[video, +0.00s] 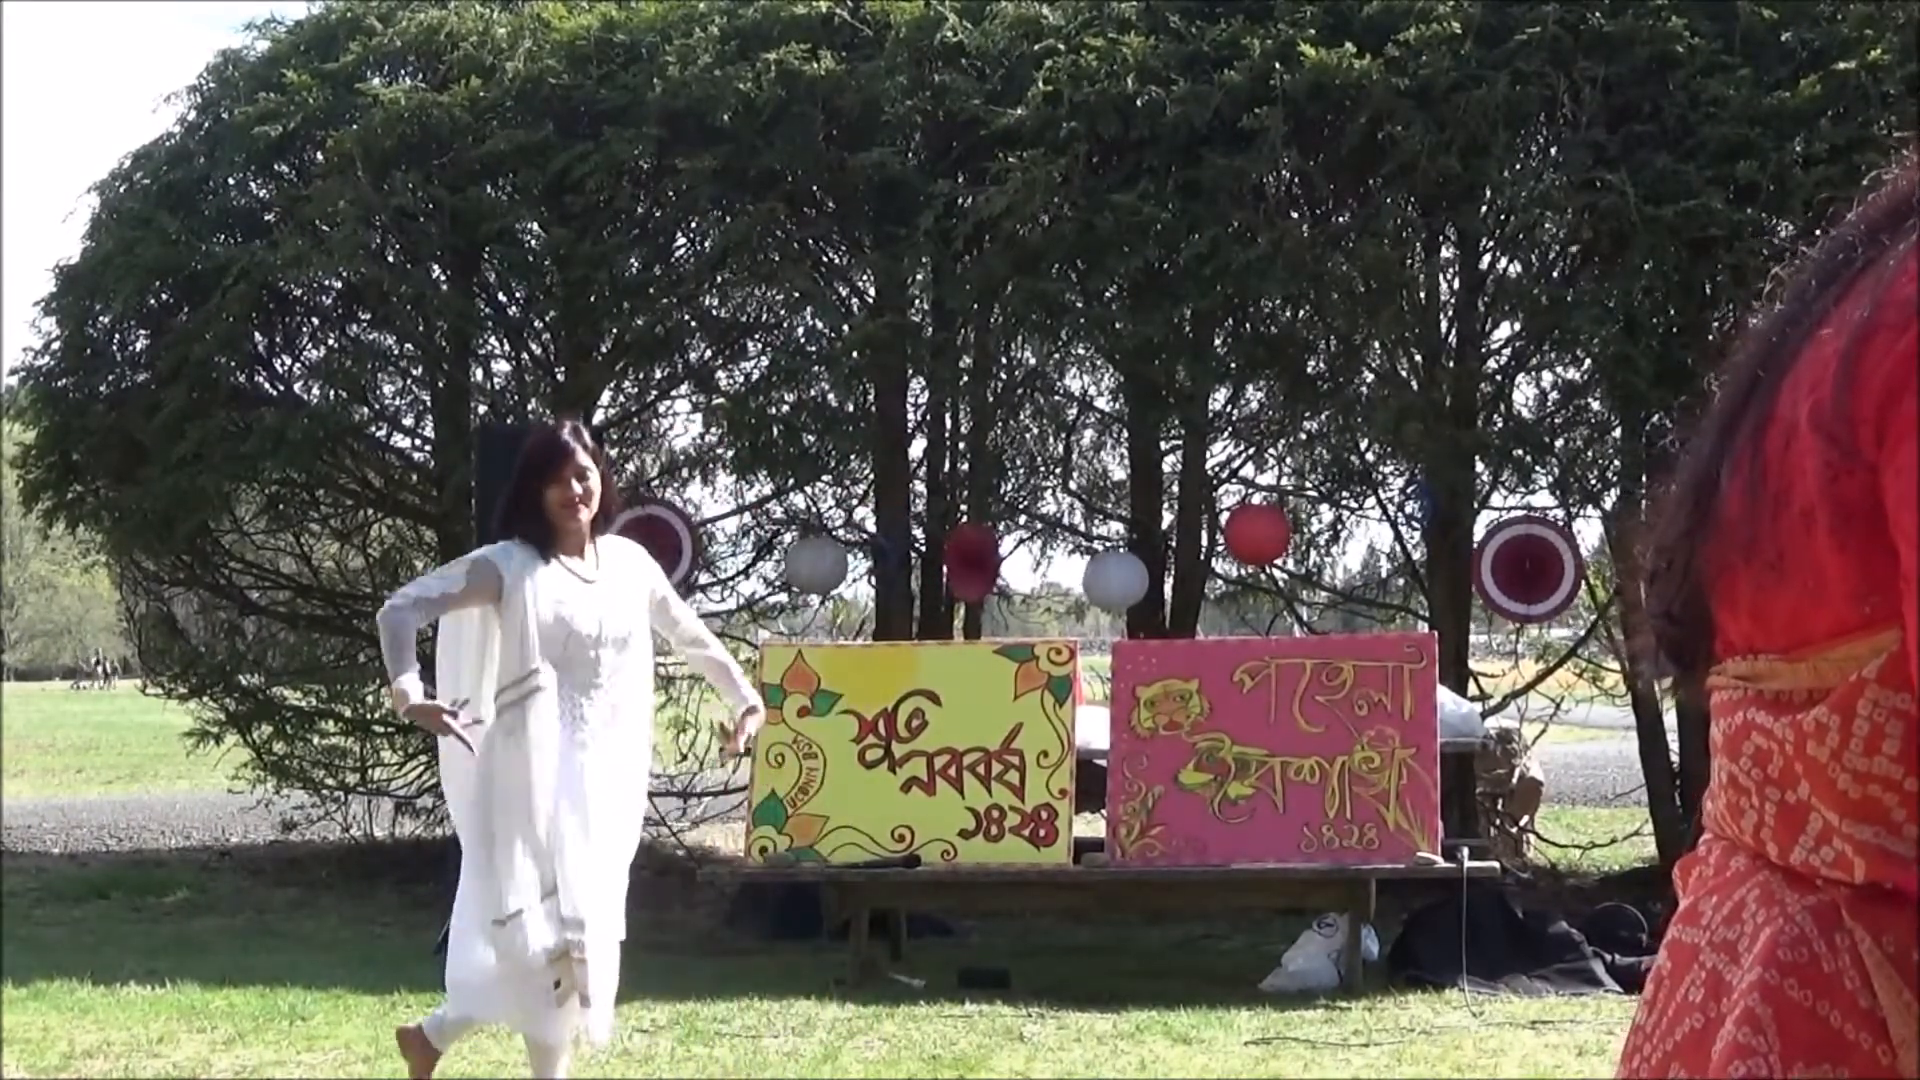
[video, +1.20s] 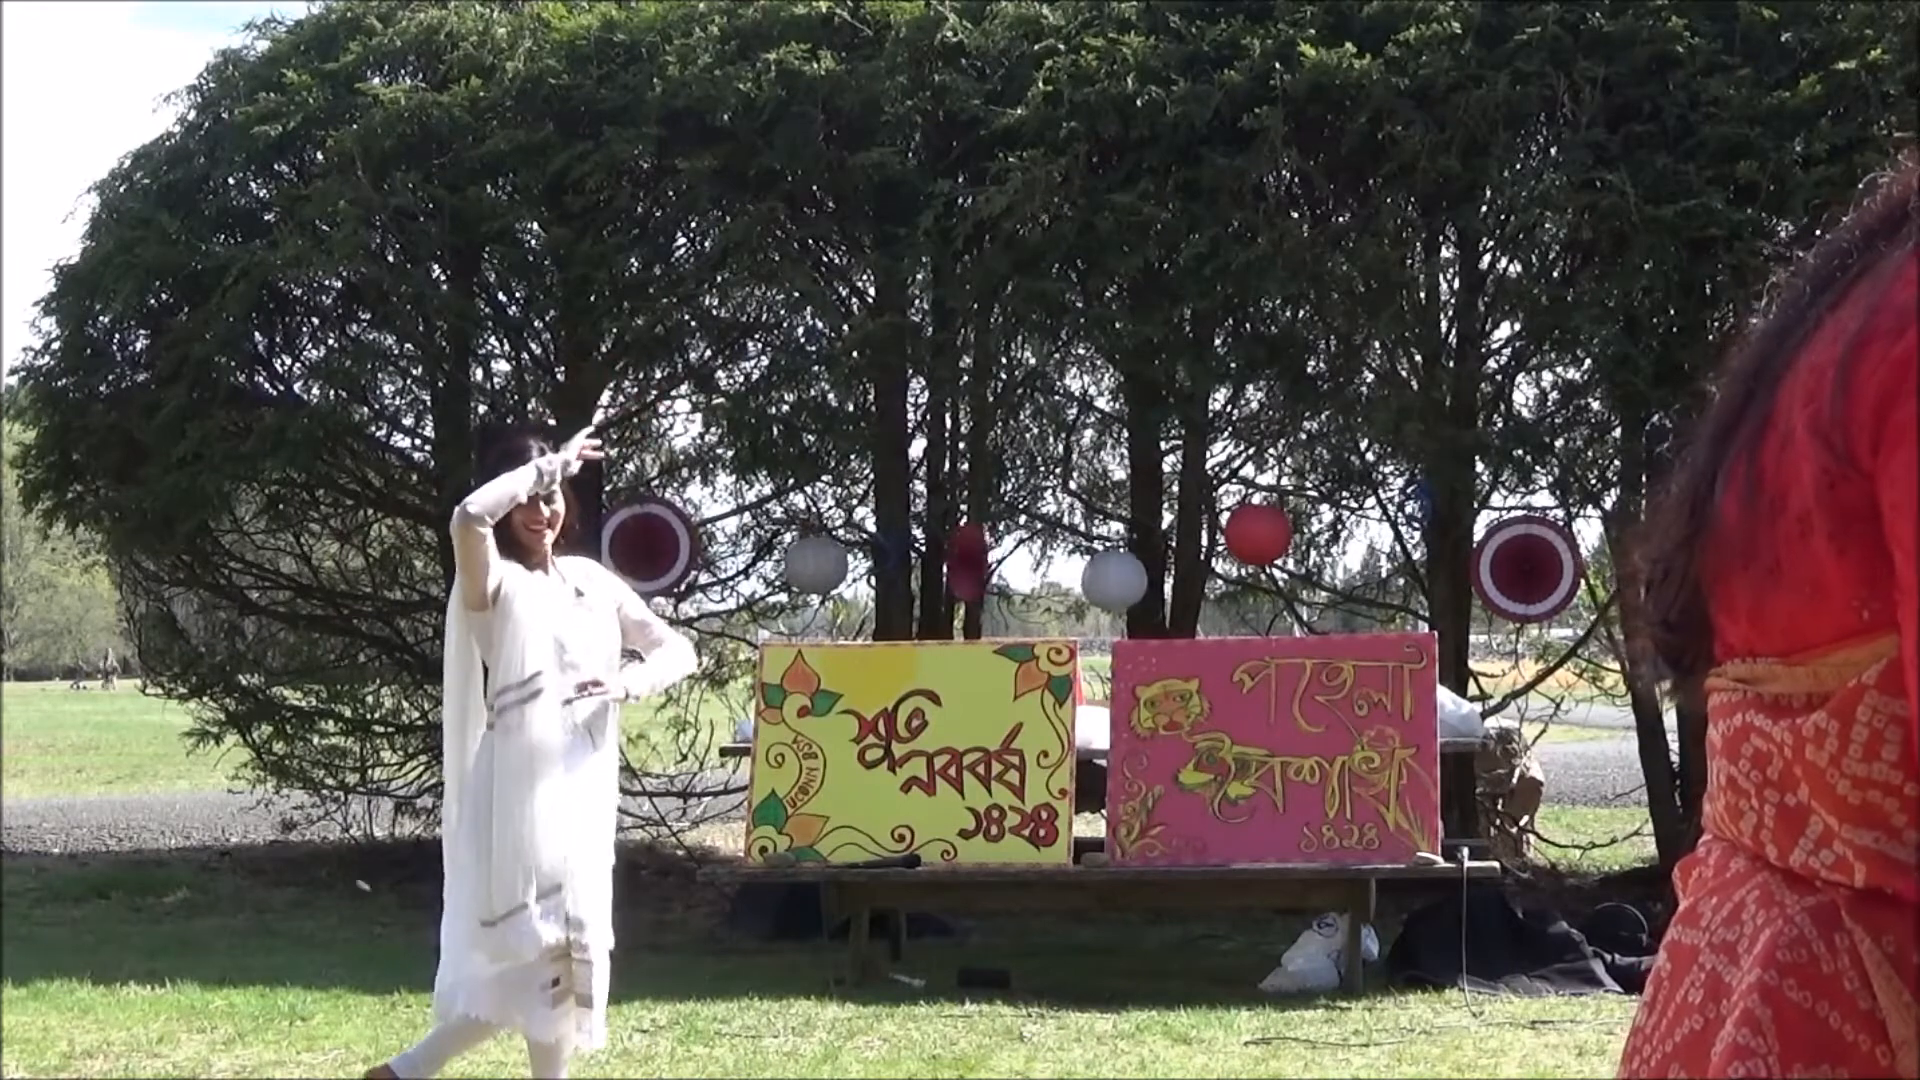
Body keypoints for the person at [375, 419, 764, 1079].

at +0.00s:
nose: (576, 489)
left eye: (585, 476)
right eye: (560, 479)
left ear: (602, 482)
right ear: (536, 491)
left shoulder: (631, 561)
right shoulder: (508, 565)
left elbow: (692, 638)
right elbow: (399, 610)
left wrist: (750, 699)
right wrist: (408, 695)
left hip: (608, 771)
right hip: (533, 768)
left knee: (575, 936)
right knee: (553, 937)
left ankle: (432, 1034)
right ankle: (549, 1071)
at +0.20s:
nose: (578, 477)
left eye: (587, 464)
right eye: (563, 466)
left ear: (603, 472)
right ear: (539, 479)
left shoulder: (631, 550)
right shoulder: (511, 546)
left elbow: (712, 591)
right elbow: (410, 546)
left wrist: (774, 651)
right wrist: (364, 613)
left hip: (595, 769)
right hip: (524, 765)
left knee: (549, 931)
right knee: (551, 932)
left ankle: (438, 1057)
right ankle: (545, 1072)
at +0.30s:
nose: (578, 478)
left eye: (586, 464)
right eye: (563, 467)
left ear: (600, 471)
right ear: (536, 477)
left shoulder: (624, 549)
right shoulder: (514, 541)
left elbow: (713, 589)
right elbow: (445, 527)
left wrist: (786, 642)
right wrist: (389, 563)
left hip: (592, 772)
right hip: (522, 769)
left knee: (562, 938)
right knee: (547, 937)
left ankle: (443, 1061)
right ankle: (544, 1070)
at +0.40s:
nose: (571, 476)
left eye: (580, 463)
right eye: (556, 464)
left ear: (596, 472)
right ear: (531, 475)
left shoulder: (614, 550)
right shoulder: (513, 540)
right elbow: (492, 526)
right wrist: (443, 511)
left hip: (587, 776)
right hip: (516, 773)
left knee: (565, 941)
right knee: (537, 939)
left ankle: (444, 1061)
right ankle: (546, 1072)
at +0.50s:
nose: (564, 478)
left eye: (576, 465)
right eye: (552, 465)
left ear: (591, 476)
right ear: (527, 474)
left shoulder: (606, 554)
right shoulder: (508, 546)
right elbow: (492, 510)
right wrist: (520, 473)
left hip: (584, 782)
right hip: (514, 781)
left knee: (563, 943)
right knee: (542, 942)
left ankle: (438, 1060)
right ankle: (544, 1073)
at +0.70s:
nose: (559, 485)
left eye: (569, 471)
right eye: (542, 471)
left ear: (582, 485)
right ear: (509, 483)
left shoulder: (598, 562)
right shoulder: (496, 560)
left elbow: (692, 618)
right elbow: (528, 483)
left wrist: (709, 667)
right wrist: (609, 434)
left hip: (581, 786)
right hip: (509, 786)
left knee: (554, 950)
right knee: (541, 951)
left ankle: (428, 1061)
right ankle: (546, 1072)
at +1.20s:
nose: (543, 509)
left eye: (552, 494)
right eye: (528, 496)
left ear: (566, 502)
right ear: (502, 508)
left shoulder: (591, 579)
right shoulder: (490, 583)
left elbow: (677, 650)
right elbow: (469, 517)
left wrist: (625, 682)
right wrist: (552, 464)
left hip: (583, 784)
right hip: (516, 783)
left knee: (551, 959)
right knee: (541, 954)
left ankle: (403, 1070)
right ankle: (550, 1072)